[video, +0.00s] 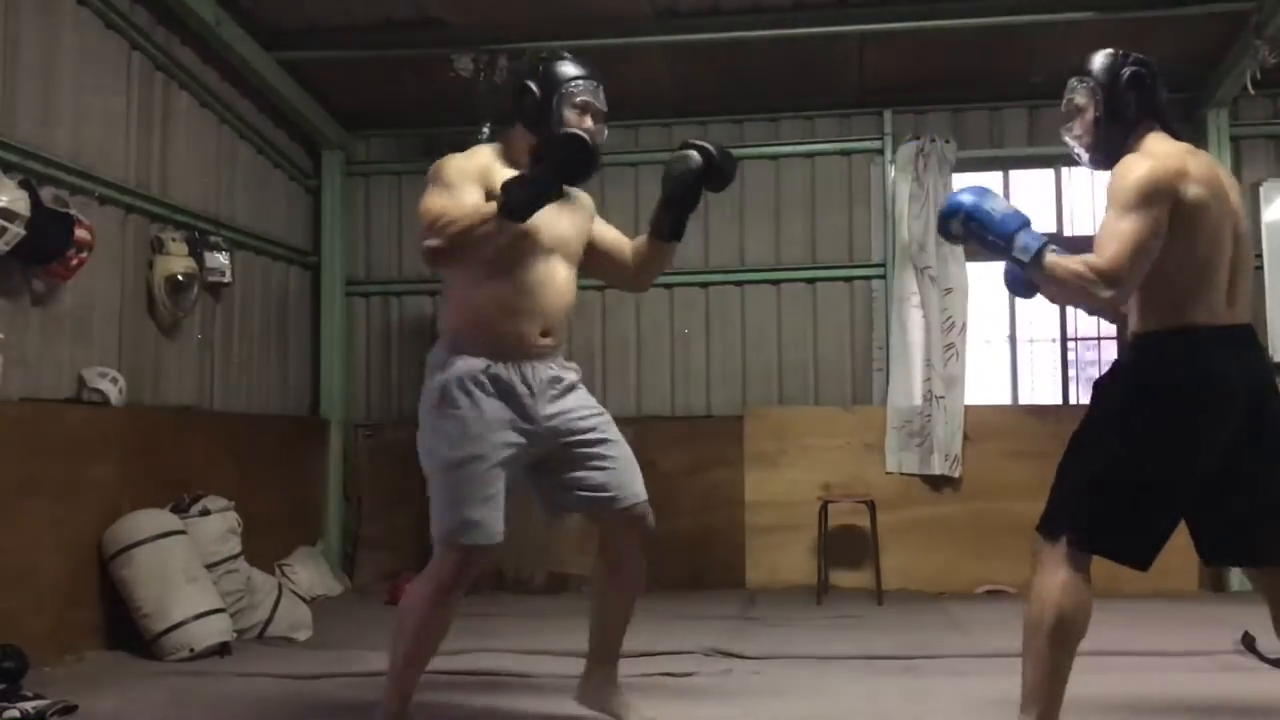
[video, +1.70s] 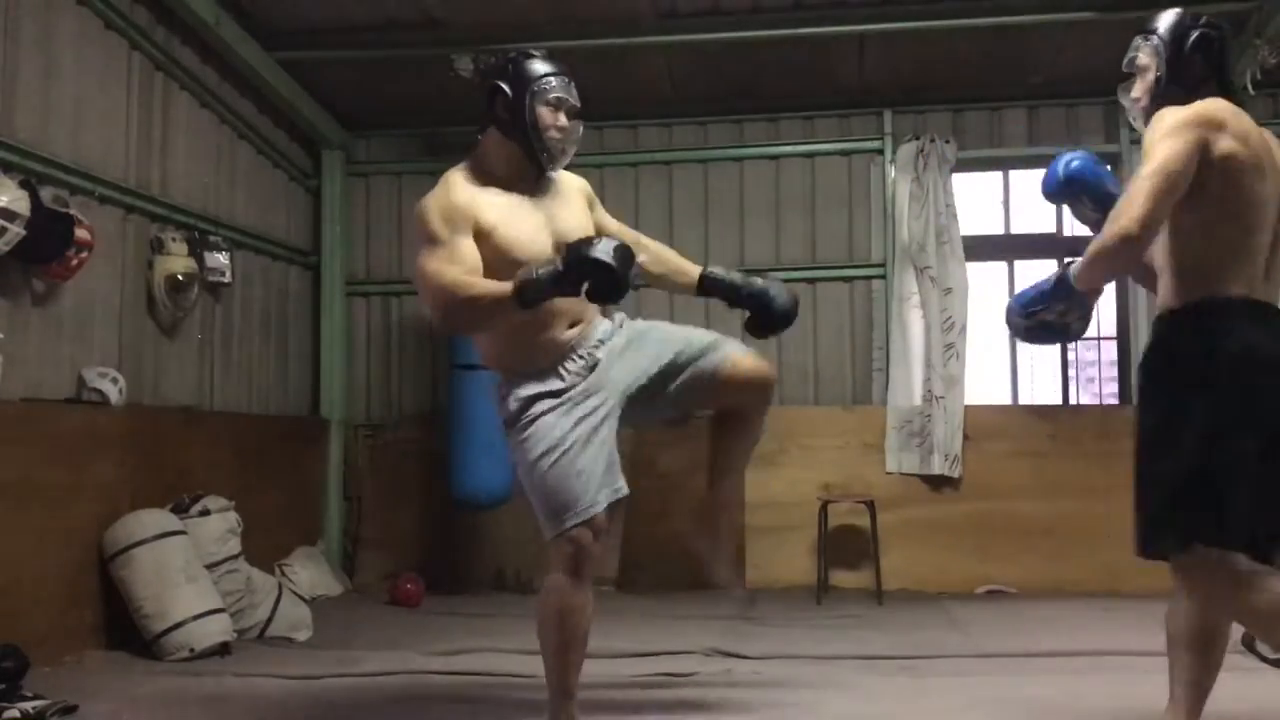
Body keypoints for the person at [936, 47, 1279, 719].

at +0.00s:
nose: (1069, 129)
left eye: (1075, 112)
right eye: (1067, 114)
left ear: (1114, 107)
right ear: (1142, 107)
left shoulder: (1146, 169)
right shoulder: (1217, 176)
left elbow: (1106, 283)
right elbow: (1144, 295)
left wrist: (1016, 235)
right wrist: (1044, 273)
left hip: (1162, 381)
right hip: (1245, 379)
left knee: (1063, 546)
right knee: (1270, 564)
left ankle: (1037, 711)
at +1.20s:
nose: (1021, 123)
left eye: (1029, 106)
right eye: (1021, 108)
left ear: (1069, 103)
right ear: (1099, 106)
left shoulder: (1097, 162)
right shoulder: (1154, 175)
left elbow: (1004, 244)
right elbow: (1146, 300)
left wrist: (957, 175)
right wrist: (1053, 296)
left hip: (1128, 374)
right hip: (1197, 378)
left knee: (1030, 545)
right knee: (1196, 565)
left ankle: (1028, 712)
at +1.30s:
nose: (1040, 113)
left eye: (1048, 96)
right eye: (1038, 98)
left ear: (1087, 92)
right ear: (1118, 95)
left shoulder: (1095, 152)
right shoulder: (1182, 169)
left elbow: (984, 234)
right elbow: (1129, 298)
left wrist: (912, 186)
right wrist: (1046, 268)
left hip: (1129, 358)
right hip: (1202, 364)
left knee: (1035, 538)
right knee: (1142, 554)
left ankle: (1024, 712)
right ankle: (1180, 712)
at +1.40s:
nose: (1061, 105)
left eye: (1070, 89)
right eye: (1061, 90)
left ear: (1108, 91)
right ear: (1139, 93)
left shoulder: (1104, 153)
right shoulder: (1192, 163)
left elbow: (998, 268)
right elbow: (1105, 275)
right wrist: (1035, 219)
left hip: (1152, 343)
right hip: (1225, 356)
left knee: (1033, 520)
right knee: (1152, 550)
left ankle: (985, 704)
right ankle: (1181, 711)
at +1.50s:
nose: (1083, 96)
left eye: (1095, 81)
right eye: (1084, 81)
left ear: (1136, 83)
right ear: (1166, 87)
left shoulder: (1124, 138)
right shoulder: (1227, 159)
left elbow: (1024, 249)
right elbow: (1110, 253)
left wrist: (964, 335)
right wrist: (1040, 200)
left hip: (1168, 326)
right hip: (1252, 345)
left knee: (1042, 499)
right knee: (1197, 555)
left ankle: (1085, 694)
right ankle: (1186, 713)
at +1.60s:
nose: (1107, 92)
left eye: (1116, 74)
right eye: (1108, 76)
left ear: (1150, 68)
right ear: (1188, 73)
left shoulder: (1151, 122)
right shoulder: (1249, 150)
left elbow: (1081, 236)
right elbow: (1151, 269)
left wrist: (1021, 312)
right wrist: (1080, 198)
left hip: (1178, 336)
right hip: (1259, 341)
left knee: (1096, 528)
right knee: (1200, 540)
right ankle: (1181, 712)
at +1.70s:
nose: (1129, 86)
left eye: (1140, 70)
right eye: (1129, 72)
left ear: (1181, 64)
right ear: (1206, 71)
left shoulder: (1184, 119)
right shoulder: (1256, 139)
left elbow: (1128, 236)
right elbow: (1178, 281)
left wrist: (1073, 288)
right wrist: (1107, 216)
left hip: (1202, 348)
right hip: (1251, 345)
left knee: (1204, 557)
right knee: (1201, 559)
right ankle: (1182, 710)